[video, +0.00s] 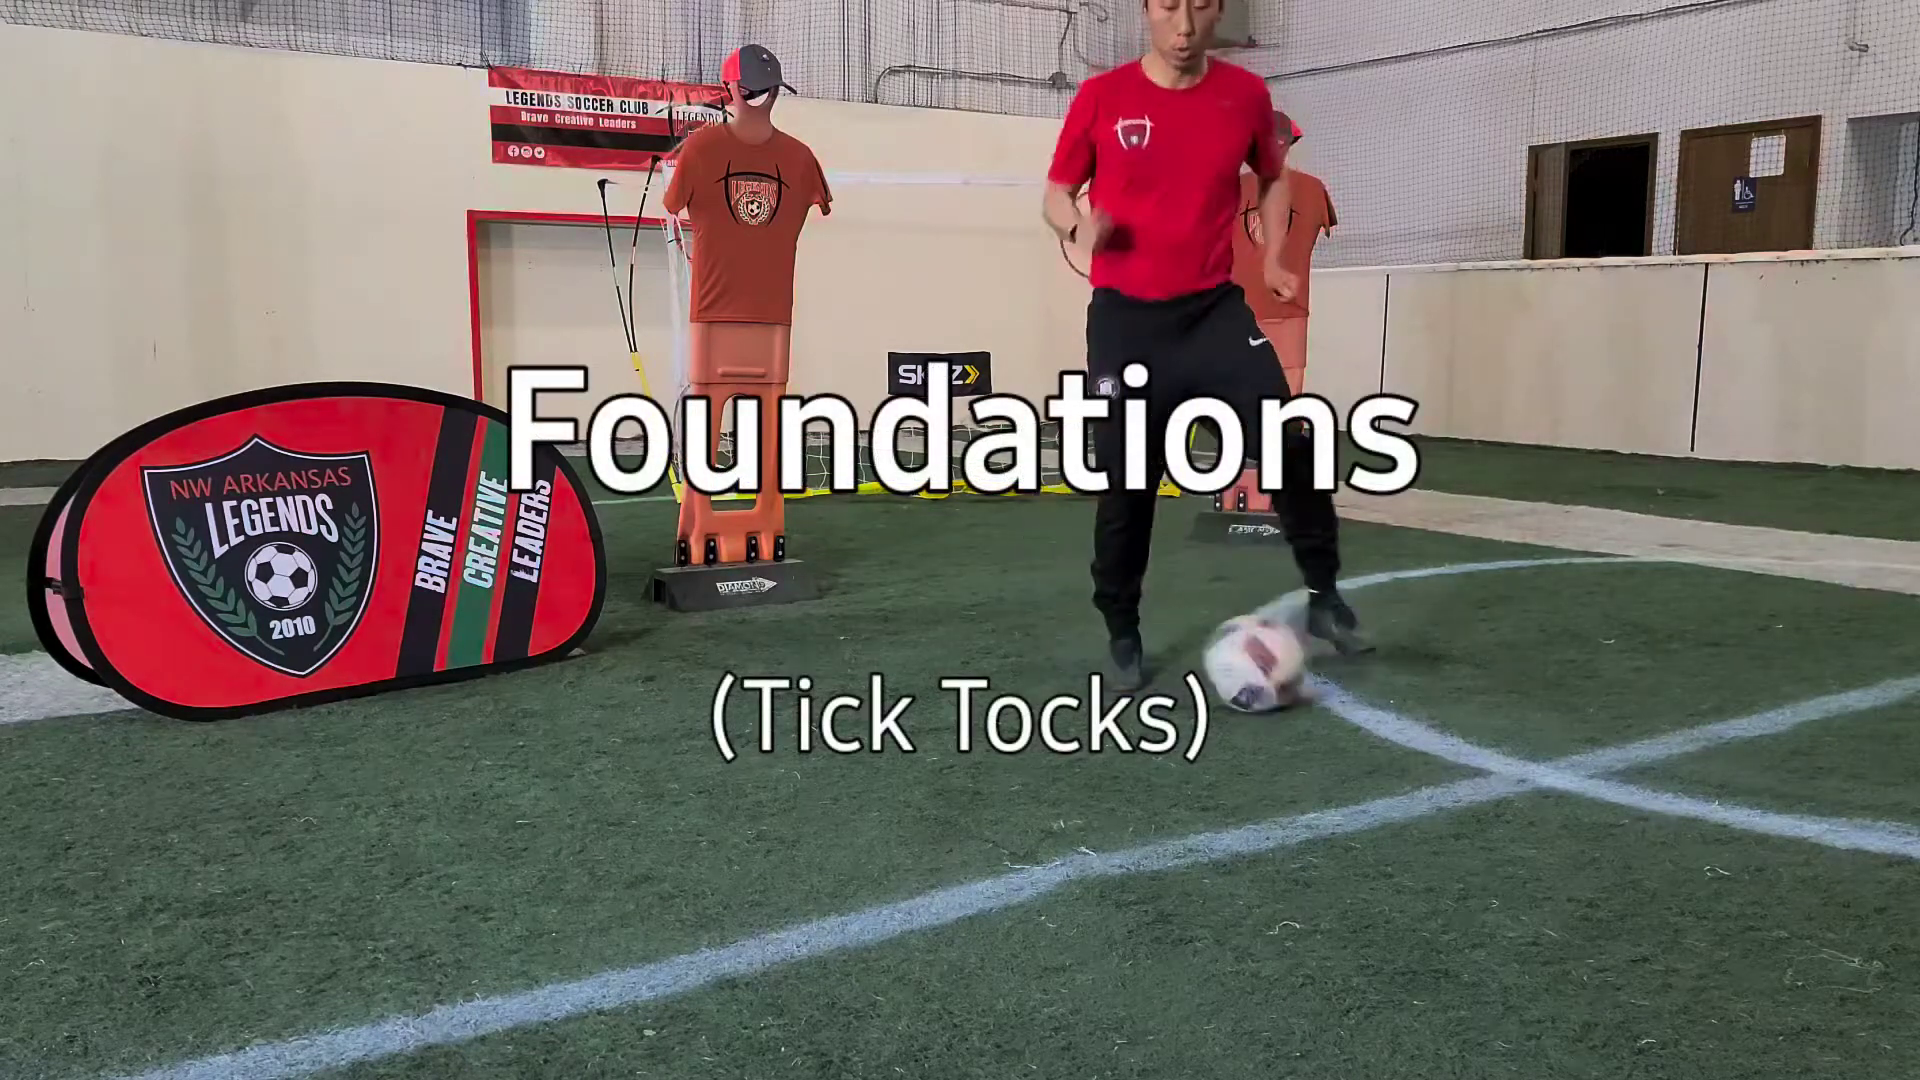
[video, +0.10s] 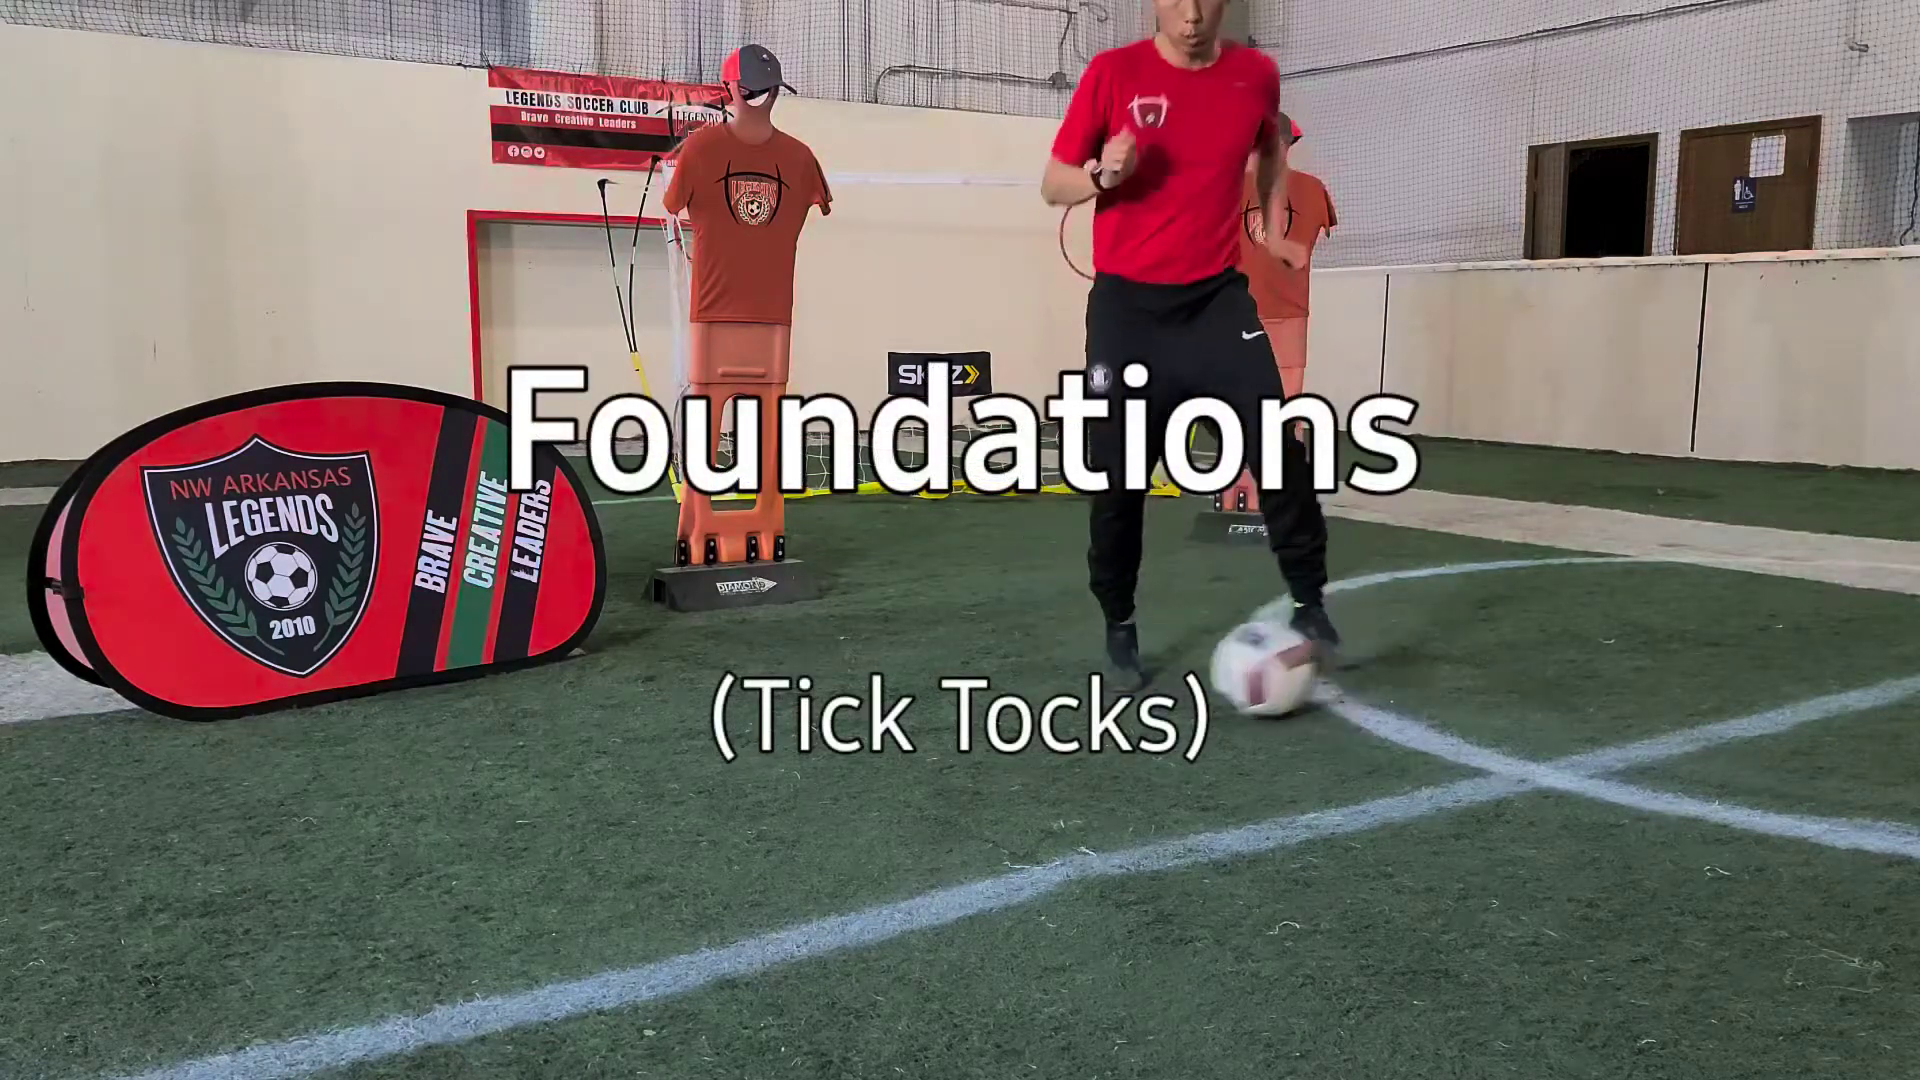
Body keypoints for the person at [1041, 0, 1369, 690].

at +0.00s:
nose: (1185, 26)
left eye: (1199, 10)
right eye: (1170, 9)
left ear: (1218, 14)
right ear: (1147, 12)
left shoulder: (1246, 93)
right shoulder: (1101, 96)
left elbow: (1273, 175)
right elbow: (1057, 192)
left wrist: (1272, 256)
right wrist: (1077, 227)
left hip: (1217, 310)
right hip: (1127, 317)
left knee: (1289, 442)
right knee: (1129, 480)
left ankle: (1323, 591)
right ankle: (1123, 636)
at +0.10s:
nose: (1192, 13)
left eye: (1205, 1)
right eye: (1179, 2)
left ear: (1224, 5)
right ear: (1156, 6)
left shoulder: (1255, 73)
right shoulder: (1111, 73)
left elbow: (1271, 143)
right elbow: (1053, 185)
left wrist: (1270, 220)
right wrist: (1099, 175)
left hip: (1218, 298)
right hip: (1126, 305)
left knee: (1280, 445)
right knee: (1118, 475)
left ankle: (1309, 603)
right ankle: (1120, 626)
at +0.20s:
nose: (1201, 3)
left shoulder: (1271, 54)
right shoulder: (1121, 54)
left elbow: (1285, 131)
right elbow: (1069, 158)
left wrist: (1277, 201)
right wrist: (1091, 213)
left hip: (1229, 289)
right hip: (1133, 289)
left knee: (1266, 472)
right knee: (1089, 462)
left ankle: (1276, 641)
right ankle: (1086, 608)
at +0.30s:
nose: (1201, 13)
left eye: (1214, 0)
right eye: (1186, 0)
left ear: (1235, 2)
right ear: (1162, 5)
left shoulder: (1285, 75)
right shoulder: (1124, 81)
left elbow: (1323, 184)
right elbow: (1079, 177)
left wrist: (1297, 206)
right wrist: (1061, 280)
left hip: (1240, 323)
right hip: (1141, 313)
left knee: (1244, 498)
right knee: (1074, 464)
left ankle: (1247, 666)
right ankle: (1051, 611)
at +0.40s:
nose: (1193, 7)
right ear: (1157, 0)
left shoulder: (1278, 57)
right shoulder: (1113, 63)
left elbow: (1333, 168)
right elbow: (1083, 138)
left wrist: (1302, 186)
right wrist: (1066, 235)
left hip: (1238, 308)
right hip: (1136, 302)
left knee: (1257, 491)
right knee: (1086, 468)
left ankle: (1256, 658)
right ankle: (1077, 631)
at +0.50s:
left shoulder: (1262, 35)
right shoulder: (1096, 41)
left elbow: (1308, 142)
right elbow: (1078, 123)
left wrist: (1287, 204)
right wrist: (1067, 218)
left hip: (1222, 291)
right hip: (1121, 292)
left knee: (1277, 476)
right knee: (1096, 479)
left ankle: (1279, 632)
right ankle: (1093, 659)